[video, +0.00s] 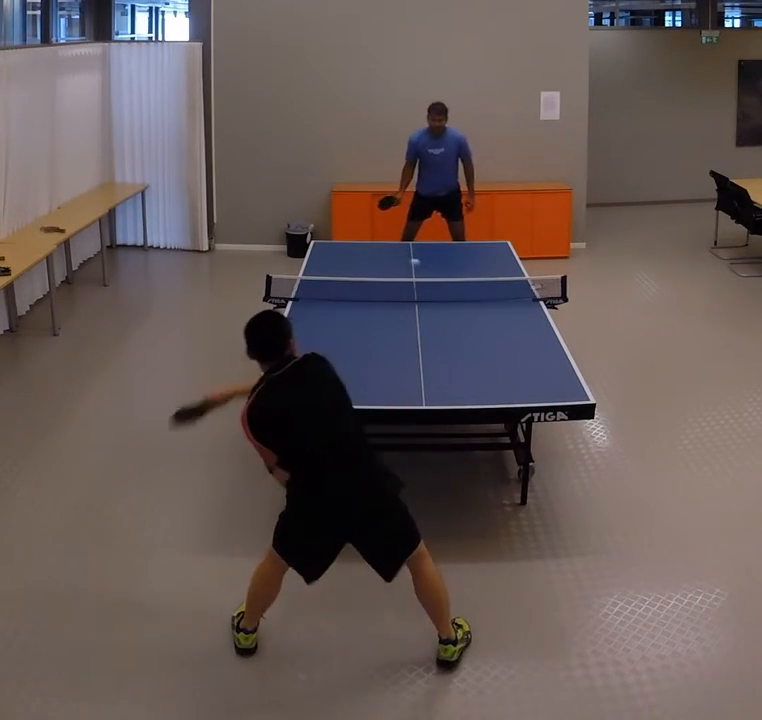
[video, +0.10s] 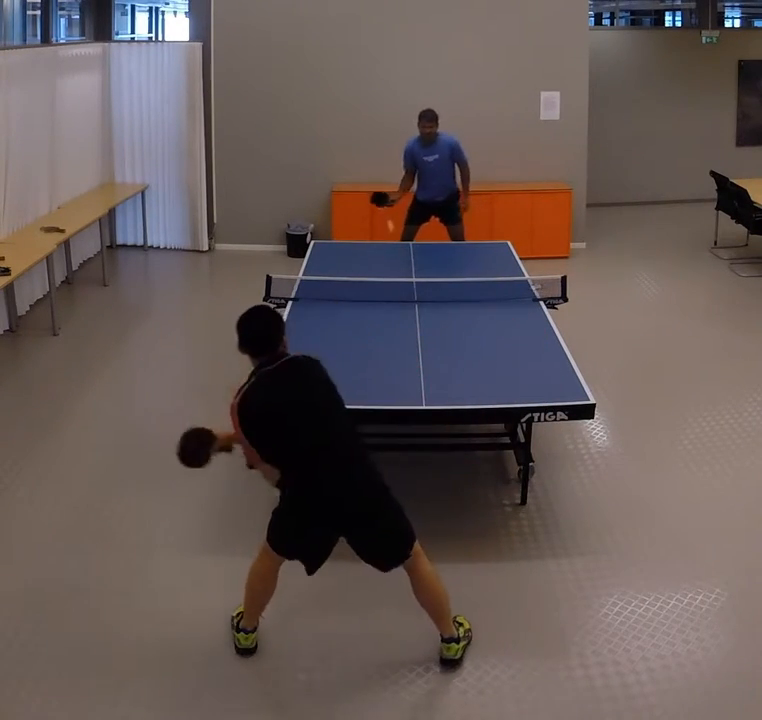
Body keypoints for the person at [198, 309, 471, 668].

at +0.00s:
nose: (293, 341)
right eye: (291, 337)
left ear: (252, 355)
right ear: (292, 342)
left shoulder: (256, 414)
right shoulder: (318, 366)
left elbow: (279, 469)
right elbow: (276, 385)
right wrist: (223, 397)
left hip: (314, 498)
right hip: (367, 482)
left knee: (277, 560)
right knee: (416, 555)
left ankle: (246, 629)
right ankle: (448, 639)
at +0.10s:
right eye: (277, 331)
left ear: (243, 348)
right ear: (282, 337)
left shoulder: (245, 403)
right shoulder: (310, 367)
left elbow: (267, 467)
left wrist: (289, 483)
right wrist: (233, 439)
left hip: (306, 495)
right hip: (358, 482)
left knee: (270, 556)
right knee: (412, 555)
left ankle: (246, 629)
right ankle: (451, 638)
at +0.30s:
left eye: (276, 318)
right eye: (314, 315)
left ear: (273, 324)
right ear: (316, 321)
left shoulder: (258, 384)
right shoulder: (348, 369)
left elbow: (255, 465)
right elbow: (389, 431)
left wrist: (287, 457)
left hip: (294, 498)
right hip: (353, 495)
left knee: (270, 549)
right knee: (418, 564)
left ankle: (245, 628)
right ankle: (458, 653)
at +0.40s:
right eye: (347, 311)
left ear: (305, 318)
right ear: (348, 317)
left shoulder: (282, 379)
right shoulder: (378, 372)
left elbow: (267, 456)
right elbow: (416, 435)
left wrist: (293, 475)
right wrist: (380, 437)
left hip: (307, 498)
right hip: (368, 498)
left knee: (281, 551)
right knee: (431, 572)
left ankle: (246, 628)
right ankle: (463, 662)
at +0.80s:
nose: (384, 331)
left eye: (380, 323)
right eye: (380, 324)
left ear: (339, 333)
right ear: (370, 330)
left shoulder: (316, 380)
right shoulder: (373, 391)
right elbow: (370, 469)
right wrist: (437, 510)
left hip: (309, 506)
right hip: (360, 512)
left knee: (287, 555)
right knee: (436, 574)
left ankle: (253, 637)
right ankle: (464, 664)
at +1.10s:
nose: (236, 381)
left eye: (236, 376)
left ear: (238, 383)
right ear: (277, 366)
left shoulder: (243, 435)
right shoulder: (307, 394)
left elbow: (264, 495)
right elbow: (260, 422)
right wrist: (198, 443)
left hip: (304, 525)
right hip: (361, 513)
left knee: (270, 574)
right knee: (419, 598)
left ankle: (251, 641)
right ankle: (466, 681)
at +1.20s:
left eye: (233, 364)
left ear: (232, 371)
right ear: (272, 360)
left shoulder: (234, 425)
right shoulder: (301, 391)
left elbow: (250, 485)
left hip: (298, 513)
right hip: (355, 503)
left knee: (269, 567)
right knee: (412, 589)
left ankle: (250, 641)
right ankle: (460, 677)